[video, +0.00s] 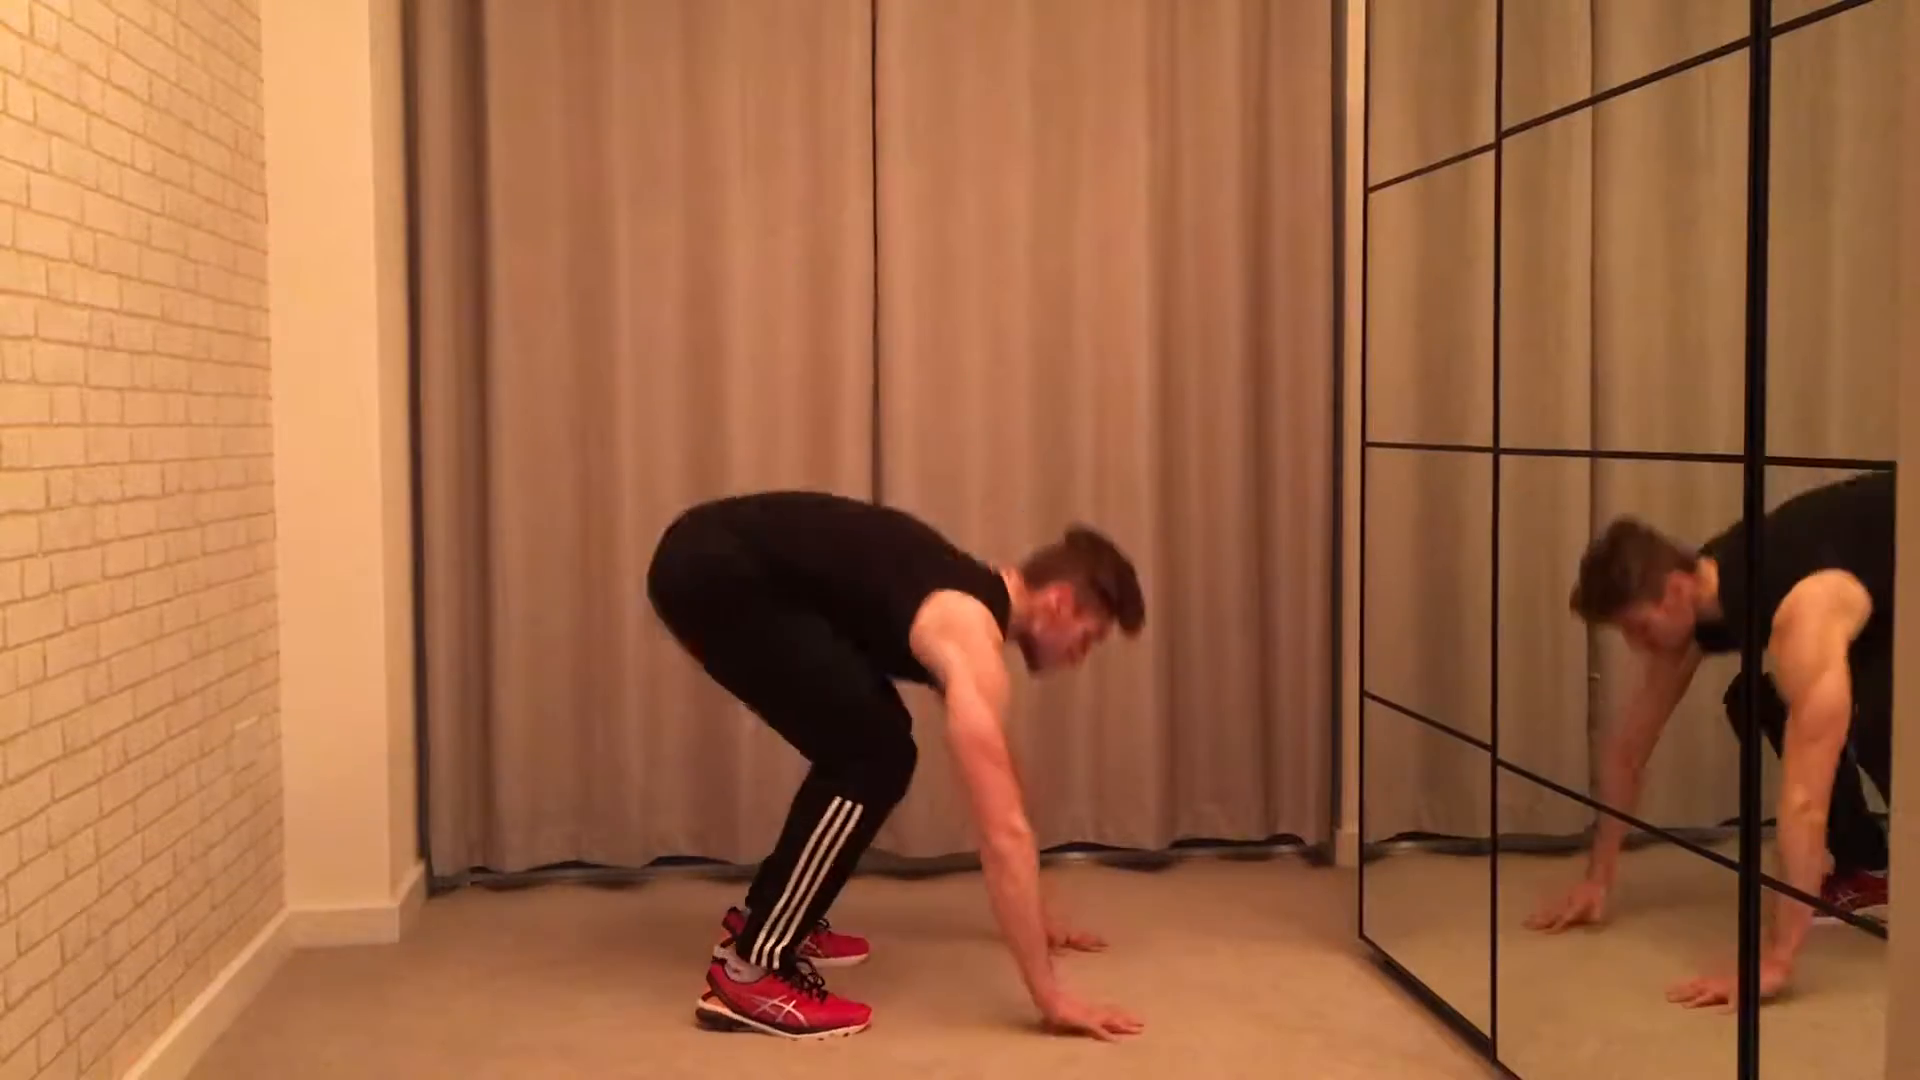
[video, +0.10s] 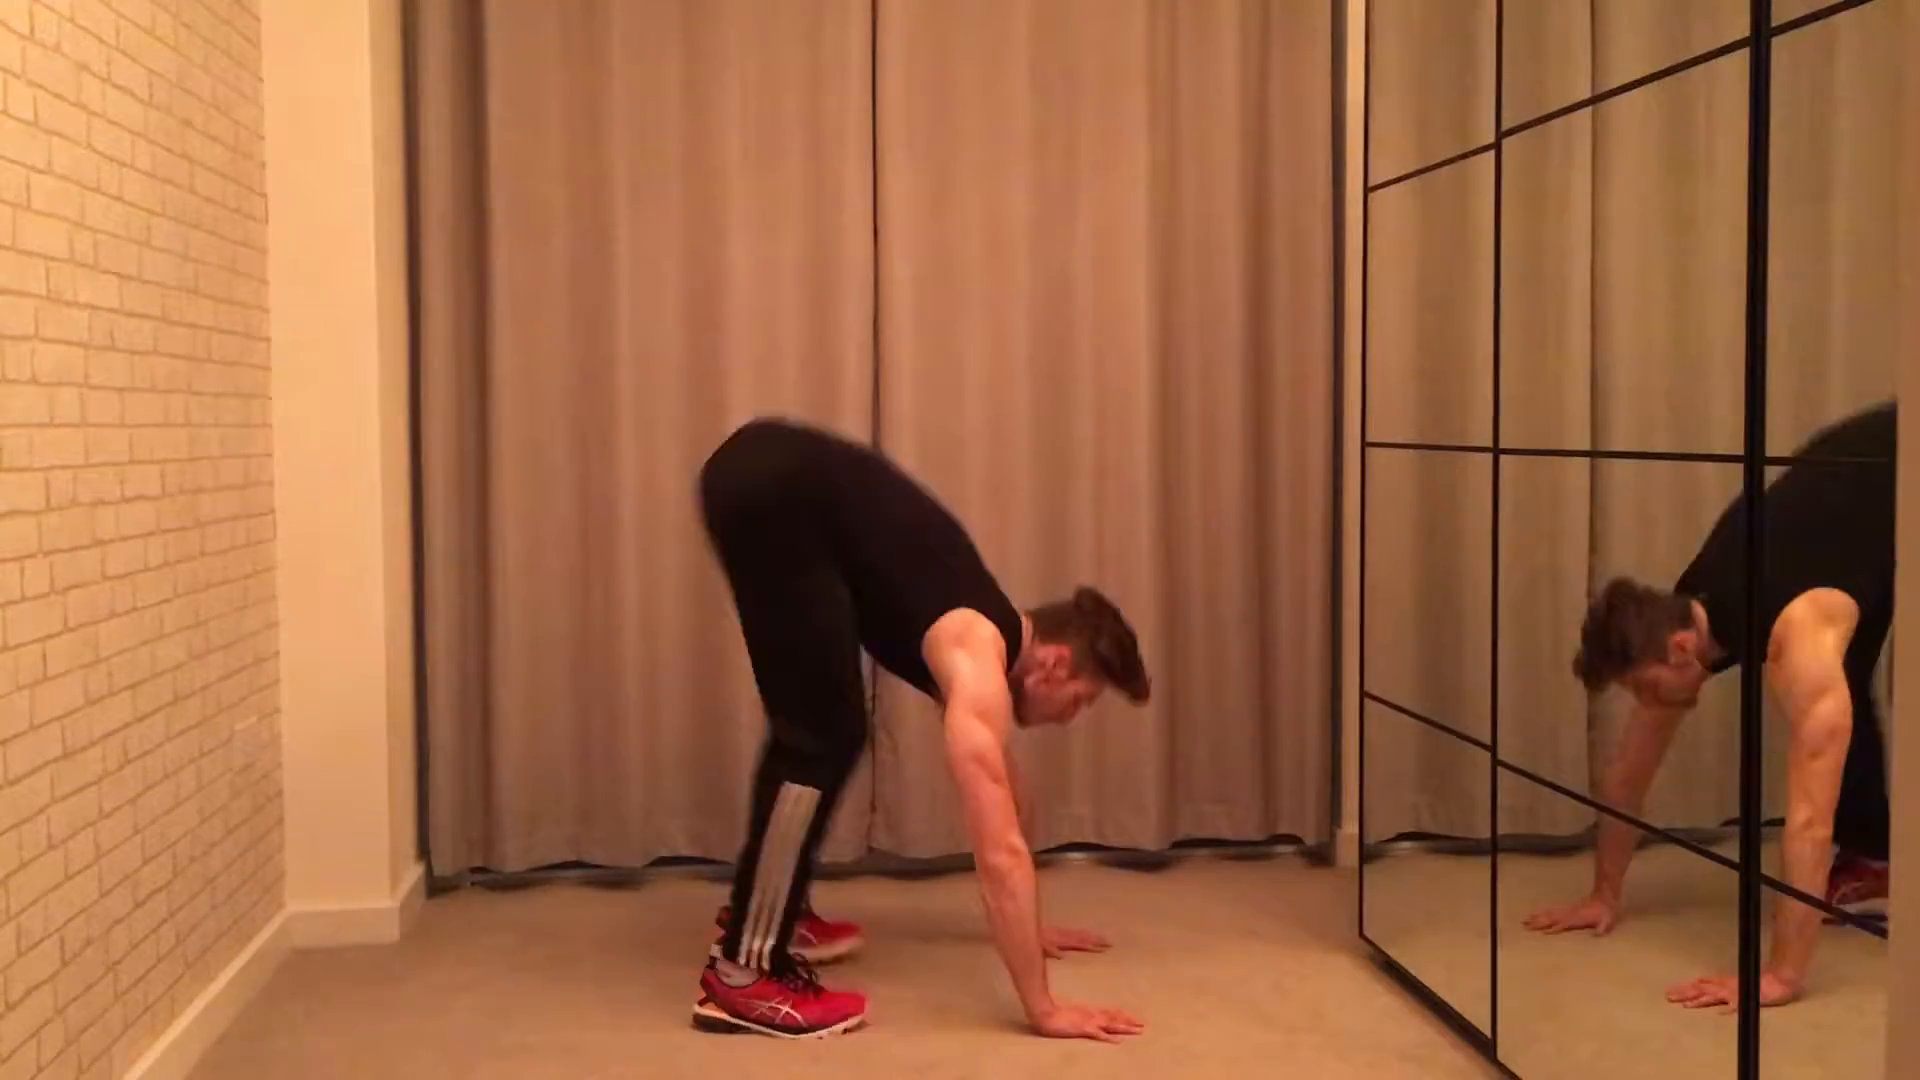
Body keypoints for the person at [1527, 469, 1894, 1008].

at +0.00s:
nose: (1640, 644)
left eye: (1642, 625)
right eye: (1628, 632)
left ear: (1676, 589)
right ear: (1677, 585)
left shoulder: (1809, 611)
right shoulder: (1696, 603)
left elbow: (1806, 804)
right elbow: (1628, 752)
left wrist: (1777, 959)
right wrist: (1597, 880)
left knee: (1870, 708)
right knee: (1766, 700)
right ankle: (1864, 864)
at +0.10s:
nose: (1651, 701)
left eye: (1649, 686)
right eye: (1640, 691)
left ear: (1681, 648)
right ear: (1675, 637)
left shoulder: (1803, 638)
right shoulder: (1692, 607)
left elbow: (1810, 818)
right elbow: (1634, 760)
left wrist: (1785, 973)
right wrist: (1604, 895)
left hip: (1896, 453)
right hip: (1861, 446)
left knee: (1846, 682)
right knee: (1840, 683)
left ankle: (1876, 860)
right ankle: (1869, 857)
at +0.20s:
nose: (1654, 724)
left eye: (1643, 715)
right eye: (1639, 722)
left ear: (1659, 671)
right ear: (1659, 659)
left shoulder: (1773, 630)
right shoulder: (1670, 615)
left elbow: (1797, 820)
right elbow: (1628, 772)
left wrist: (1784, 975)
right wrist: (1602, 897)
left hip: (1892, 441)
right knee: (1865, 668)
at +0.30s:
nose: (1595, 737)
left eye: (1584, 724)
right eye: (1582, 730)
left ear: (1605, 681)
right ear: (1605, 671)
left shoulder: (1720, 646)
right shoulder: (1626, 625)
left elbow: (1781, 822)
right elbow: (1596, 773)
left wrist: (1781, 979)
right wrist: (1600, 901)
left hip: (1886, 487)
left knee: (1895, 679)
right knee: (1893, 679)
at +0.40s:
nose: (1550, 729)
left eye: (1542, 717)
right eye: (1538, 724)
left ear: (1559, 674)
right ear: (1558, 667)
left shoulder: (1686, 649)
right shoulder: (1602, 634)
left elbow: (1771, 827)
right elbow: (1584, 785)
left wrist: (1783, 979)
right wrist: (1599, 905)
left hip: (1884, 554)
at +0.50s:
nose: (1535, 718)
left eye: (1527, 705)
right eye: (1524, 711)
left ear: (1549, 662)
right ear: (1548, 657)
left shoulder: (1678, 650)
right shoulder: (1603, 641)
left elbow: (1768, 826)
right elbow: (1582, 783)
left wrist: (1781, 980)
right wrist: (1600, 905)